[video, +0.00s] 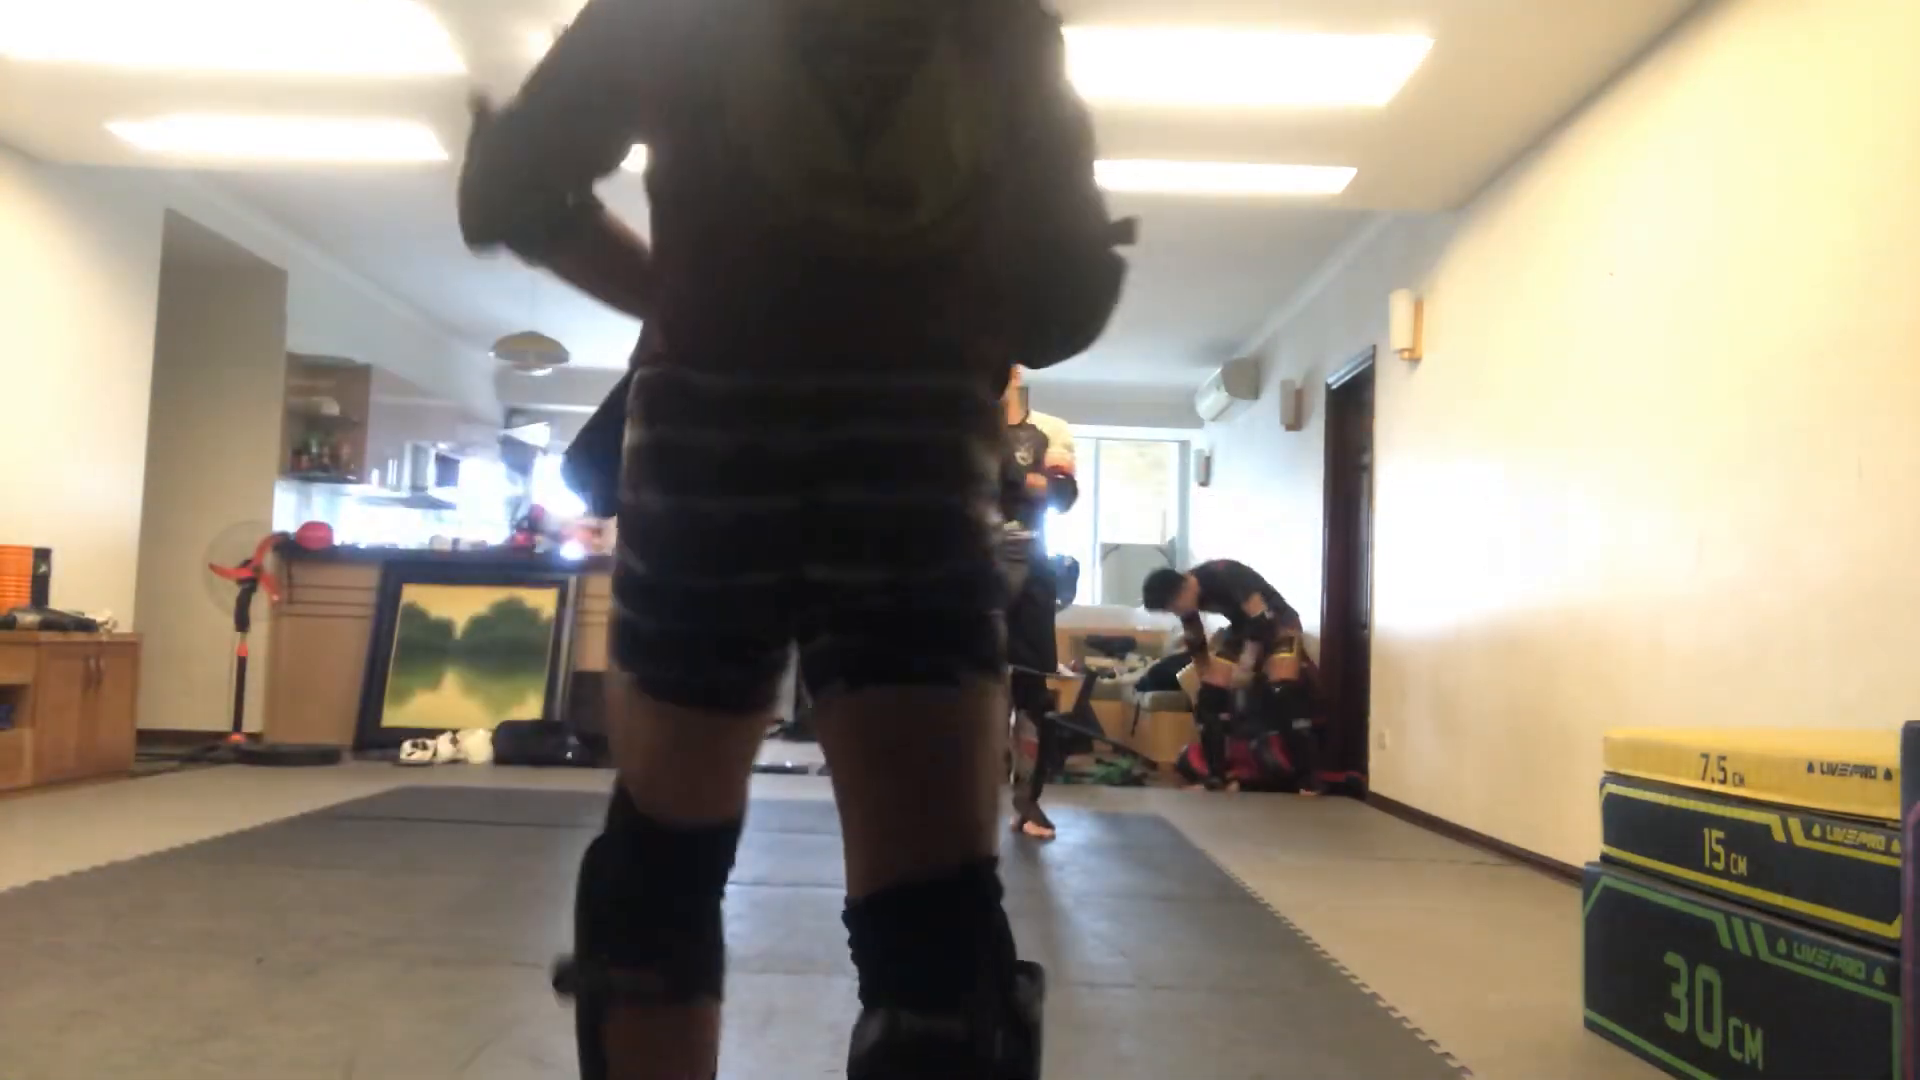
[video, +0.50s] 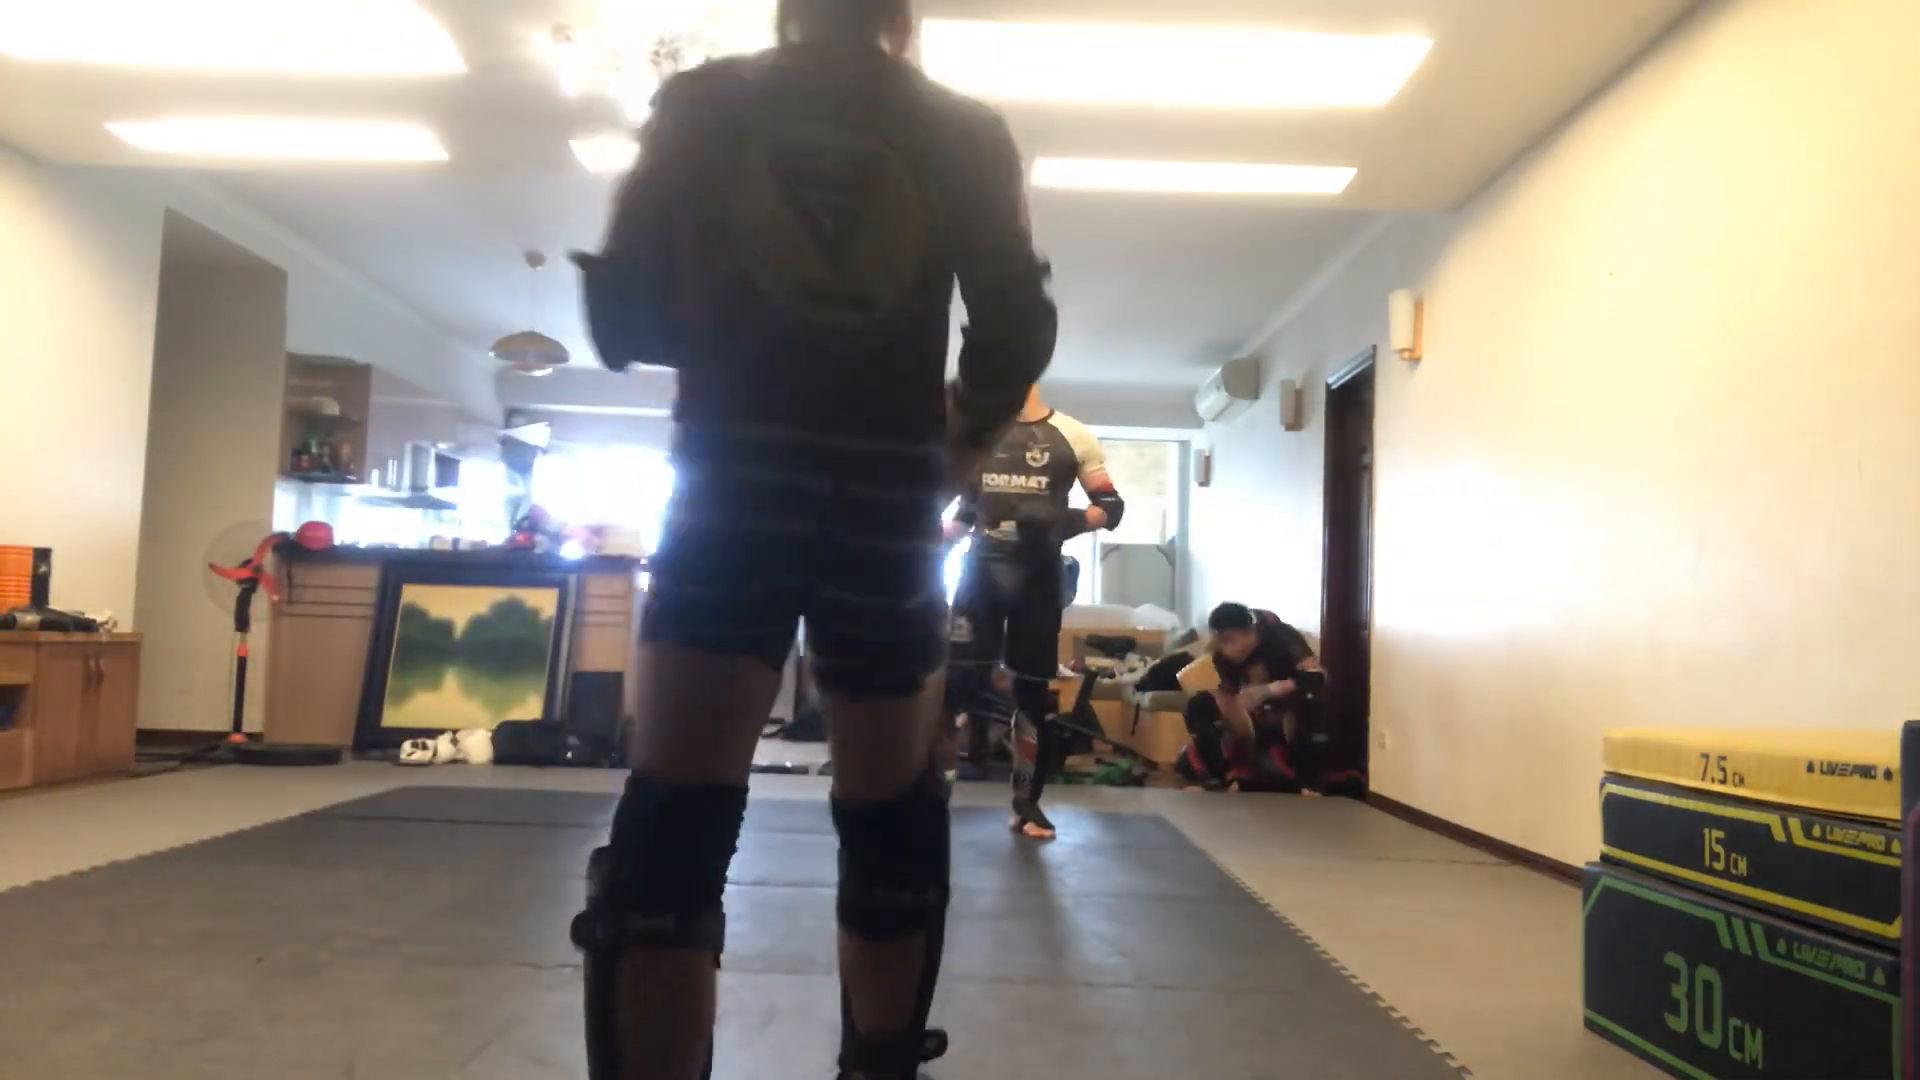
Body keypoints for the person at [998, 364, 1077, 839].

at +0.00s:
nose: (1007, 375)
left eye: (1012, 368)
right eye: (998, 368)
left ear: (1021, 377)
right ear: (985, 379)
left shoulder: (1053, 431)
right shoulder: (969, 428)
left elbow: (1065, 494)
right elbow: (963, 484)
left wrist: (1000, 477)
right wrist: (1034, 479)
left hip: (1031, 572)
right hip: (977, 572)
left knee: (1034, 693)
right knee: (980, 691)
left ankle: (1029, 806)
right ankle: (972, 816)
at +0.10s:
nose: (988, 382)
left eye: (998, 372)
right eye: (985, 373)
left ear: (1025, 376)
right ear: (986, 382)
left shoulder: (1065, 434)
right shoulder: (973, 433)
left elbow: (1080, 499)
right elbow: (955, 484)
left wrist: (1018, 477)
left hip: (1037, 563)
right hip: (983, 560)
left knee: (1034, 687)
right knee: (979, 682)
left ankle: (1026, 805)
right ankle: (968, 807)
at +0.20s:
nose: (995, 378)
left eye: (1005, 370)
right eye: (993, 371)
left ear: (1033, 374)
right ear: (992, 380)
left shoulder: (1073, 436)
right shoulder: (969, 434)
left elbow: (1099, 503)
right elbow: (930, 489)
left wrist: (1041, 483)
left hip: (1042, 577)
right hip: (984, 572)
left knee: (1037, 691)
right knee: (974, 684)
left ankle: (1027, 807)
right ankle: (958, 804)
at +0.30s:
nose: (1006, 376)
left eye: (1017, 365)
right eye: (1003, 368)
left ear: (1037, 370)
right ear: (998, 376)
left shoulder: (1075, 436)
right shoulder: (980, 431)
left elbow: (1111, 506)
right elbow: (938, 483)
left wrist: (1068, 500)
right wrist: (976, 481)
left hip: (1043, 572)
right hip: (988, 567)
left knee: (1037, 690)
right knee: (973, 681)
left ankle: (1028, 806)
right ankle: (958, 801)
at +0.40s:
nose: (1010, 379)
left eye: (1019, 370)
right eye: (1002, 371)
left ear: (1035, 372)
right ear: (992, 374)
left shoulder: (1075, 436)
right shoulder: (977, 427)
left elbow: (1117, 504)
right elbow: (944, 487)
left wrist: (1075, 512)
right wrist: (972, 504)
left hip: (1039, 579)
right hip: (982, 572)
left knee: (1036, 693)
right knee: (961, 684)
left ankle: (1027, 805)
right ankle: (945, 802)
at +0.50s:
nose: (1010, 379)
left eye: (1017, 370)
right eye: (1004, 370)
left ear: (1031, 373)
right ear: (997, 375)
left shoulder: (1072, 436)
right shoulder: (975, 432)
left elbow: (1111, 506)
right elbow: (966, 505)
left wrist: (1064, 523)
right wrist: (949, 530)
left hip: (1039, 577)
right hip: (981, 571)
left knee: (1033, 691)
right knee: (958, 683)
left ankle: (1026, 805)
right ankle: (932, 797)